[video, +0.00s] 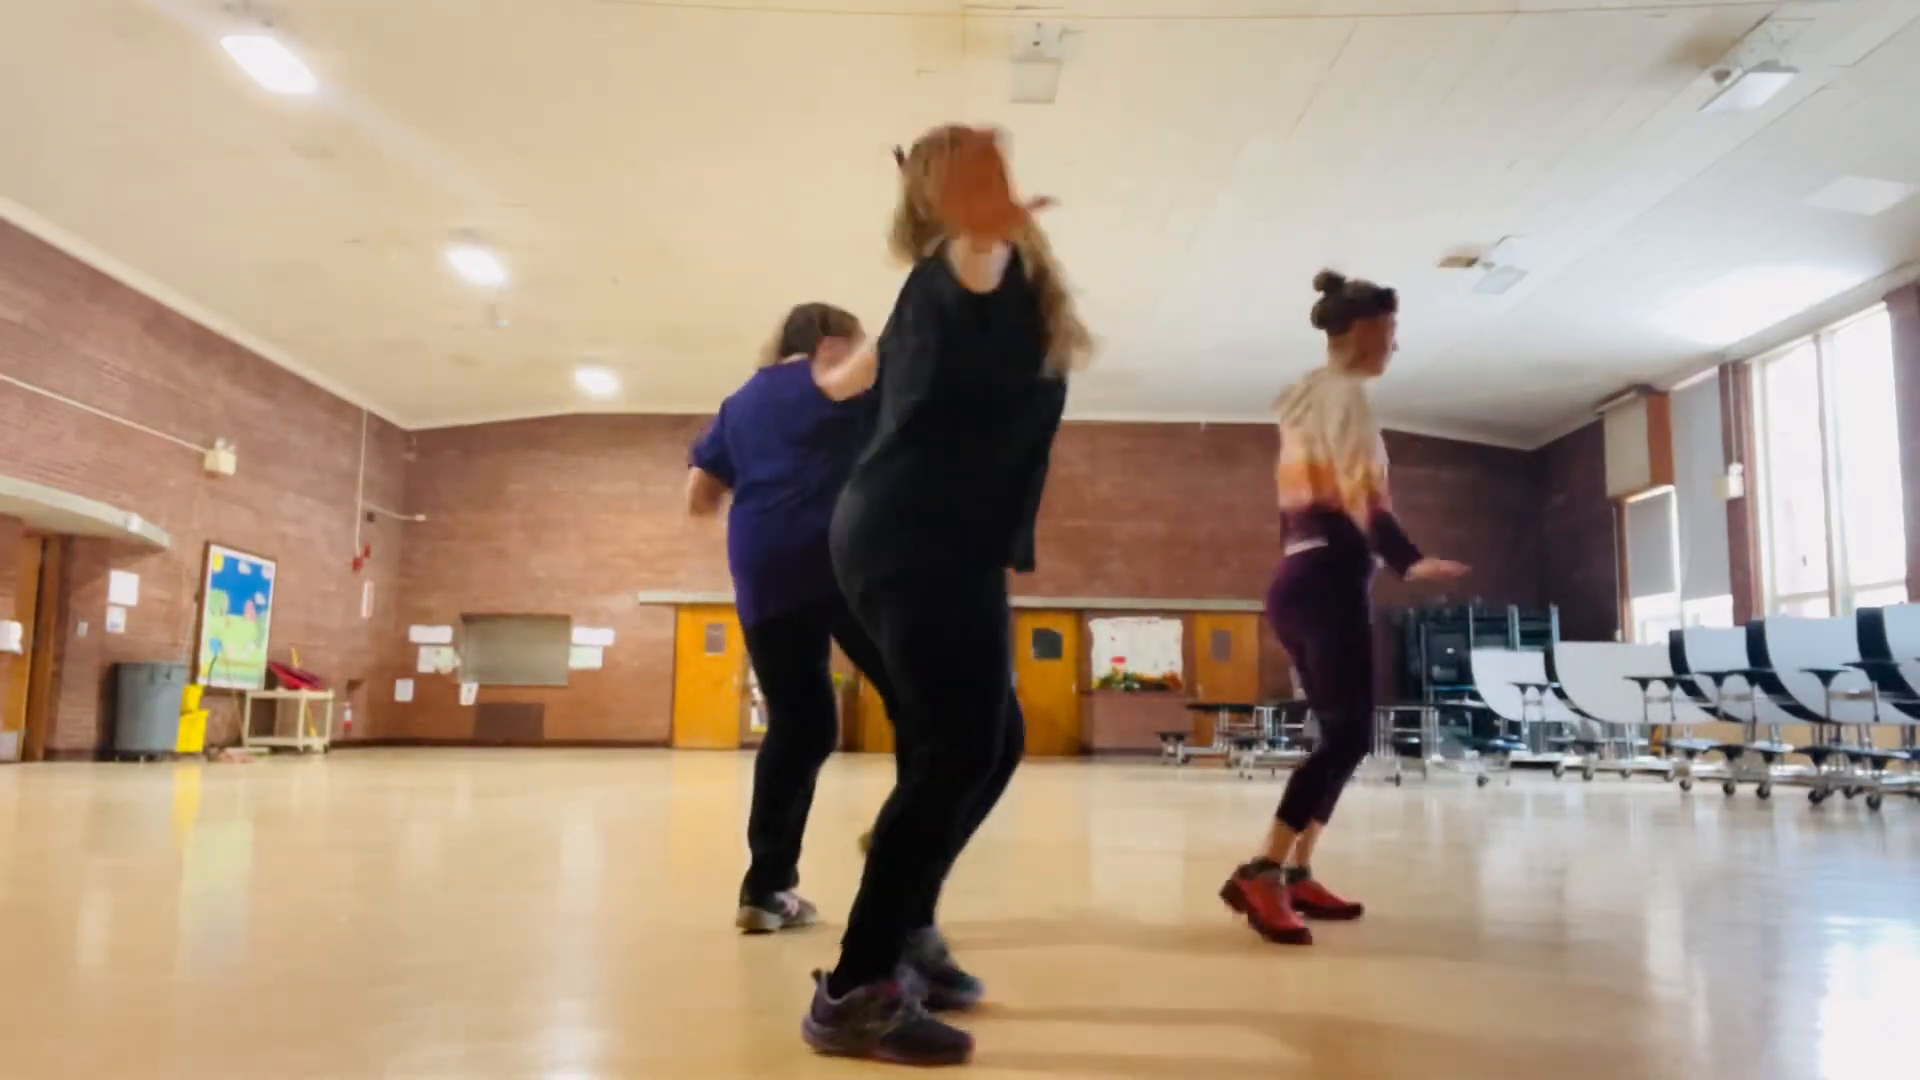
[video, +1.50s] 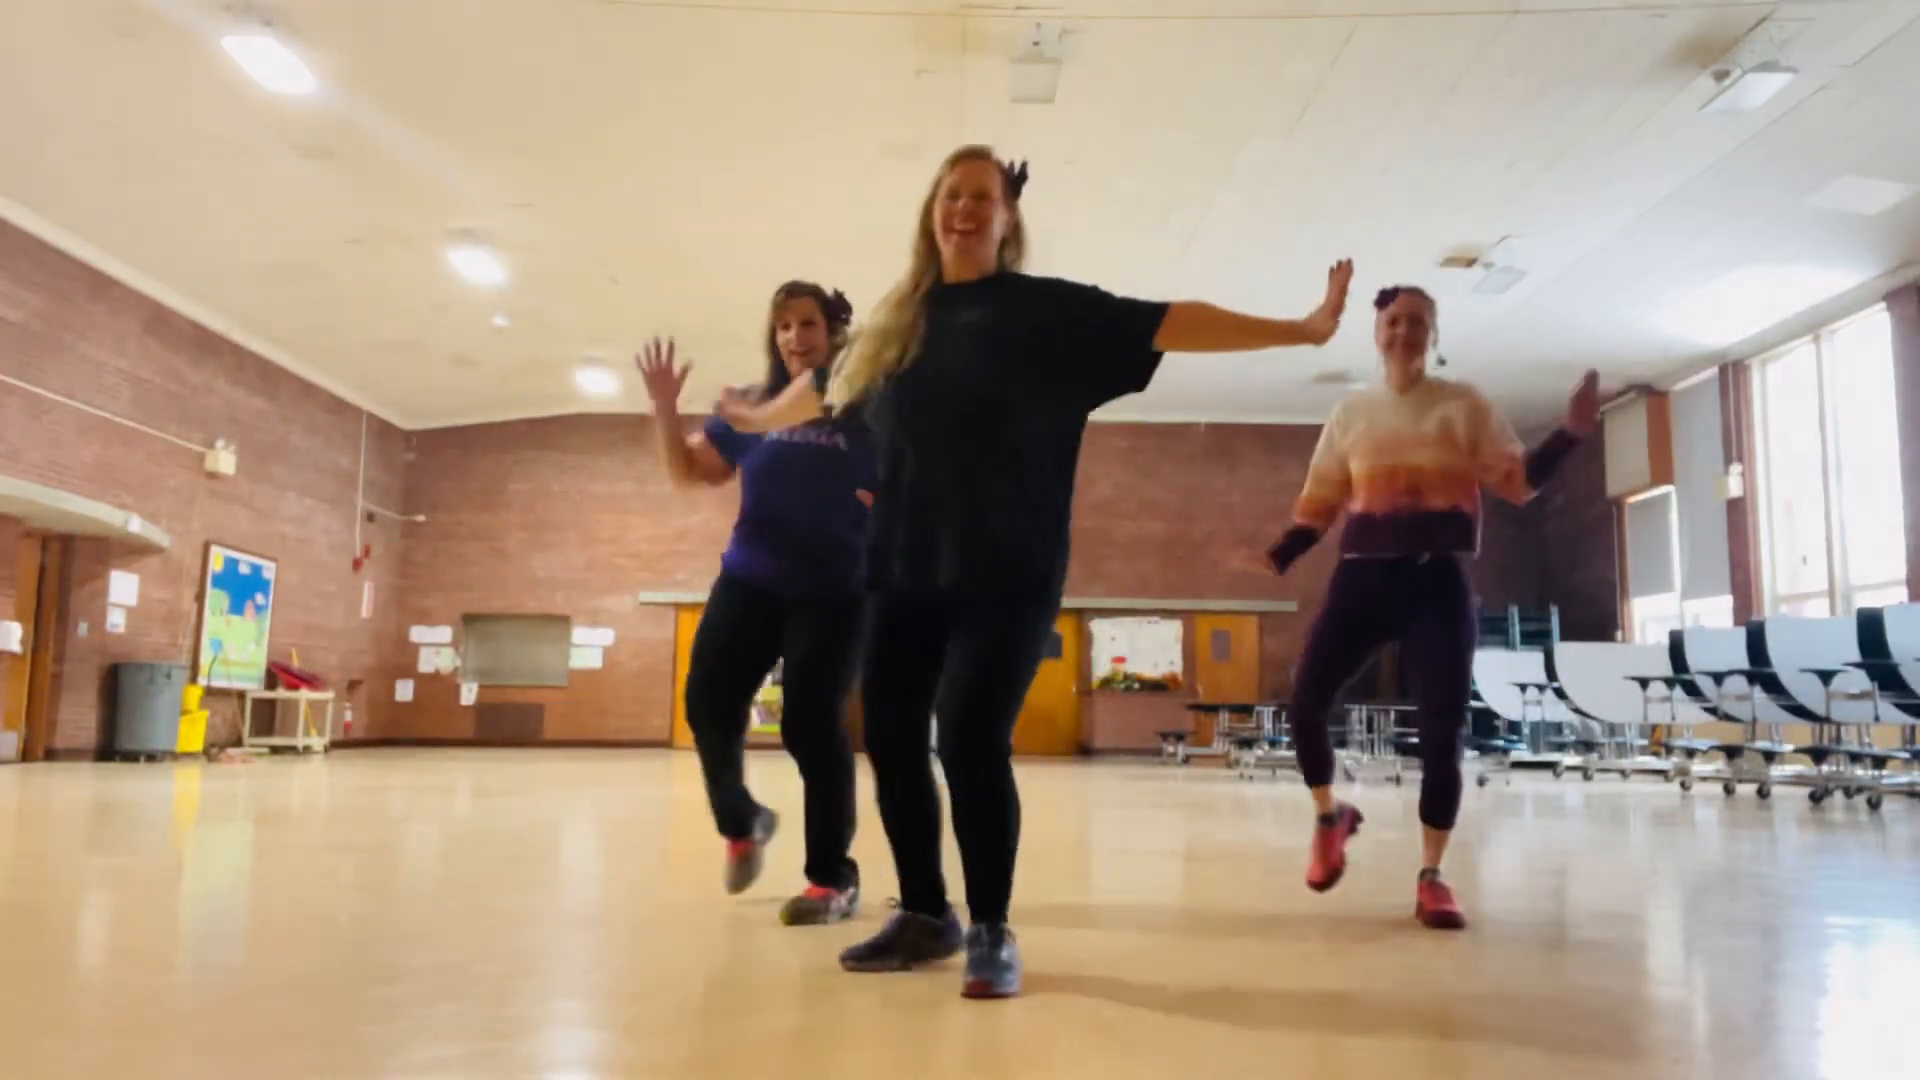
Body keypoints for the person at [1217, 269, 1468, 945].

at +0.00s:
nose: (1393, 344)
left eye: (1393, 331)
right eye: (1386, 331)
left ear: (1346, 335)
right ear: (1353, 333)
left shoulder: (1310, 394)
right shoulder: (1342, 395)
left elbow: (1319, 498)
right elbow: (1355, 496)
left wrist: (1381, 556)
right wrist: (1411, 560)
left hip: (1302, 579)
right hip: (1329, 581)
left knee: (1344, 732)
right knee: (1347, 733)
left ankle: (1296, 872)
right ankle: (1266, 872)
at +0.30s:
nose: (1397, 330)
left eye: (1390, 320)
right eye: (1397, 320)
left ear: (1338, 322)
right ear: (1395, 321)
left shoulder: (1300, 385)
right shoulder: (1406, 382)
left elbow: (1250, 466)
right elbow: (1465, 474)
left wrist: (1238, 413)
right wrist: (1544, 512)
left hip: (1318, 564)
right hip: (1391, 559)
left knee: (1334, 724)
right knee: (1452, 712)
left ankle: (1317, 877)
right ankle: (1467, 865)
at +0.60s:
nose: (1333, 344)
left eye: (1337, 335)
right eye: (1339, 335)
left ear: (1348, 336)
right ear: (1397, 341)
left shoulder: (1322, 405)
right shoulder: (1433, 402)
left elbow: (1281, 485)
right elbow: (1493, 474)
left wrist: (1248, 430)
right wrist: (1532, 503)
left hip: (1359, 579)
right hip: (1437, 573)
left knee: (1365, 737)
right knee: (1477, 700)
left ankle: (1416, 887)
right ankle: (1507, 807)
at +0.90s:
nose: (1345, 336)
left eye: (1353, 324)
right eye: (1347, 324)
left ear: (1386, 326)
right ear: (1393, 330)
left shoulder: (1403, 385)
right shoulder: (1430, 387)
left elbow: (1373, 459)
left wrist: (1311, 409)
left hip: (1420, 580)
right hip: (1449, 577)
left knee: (1402, 732)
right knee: (1440, 729)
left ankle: (1468, 878)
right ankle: (1501, 871)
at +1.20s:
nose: (1369, 318)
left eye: (1383, 307)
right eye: (1364, 307)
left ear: (1418, 314)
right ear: (1361, 320)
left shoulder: (1441, 377)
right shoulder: (1375, 402)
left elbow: (1481, 445)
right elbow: (1367, 490)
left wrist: (1469, 380)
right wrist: (1300, 511)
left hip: (1440, 573)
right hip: (1382, 572)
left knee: (1425, 729)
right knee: (1341, 704)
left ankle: (1470, 880)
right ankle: (1361, 832)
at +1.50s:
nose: (1402, 330)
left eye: (1414, 322)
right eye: (1392, 320)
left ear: (1432, 335)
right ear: (1374, 331)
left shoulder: (1464, 405)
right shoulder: (1351, 413)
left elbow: (1520, 484)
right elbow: (1319, 505)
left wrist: (1571, 433)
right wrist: (1281, 552)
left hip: (1438, 579)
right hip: (1364, 577)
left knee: (1441, 734)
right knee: (1305, 705)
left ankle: (1432, 876)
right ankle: (1330, 817)